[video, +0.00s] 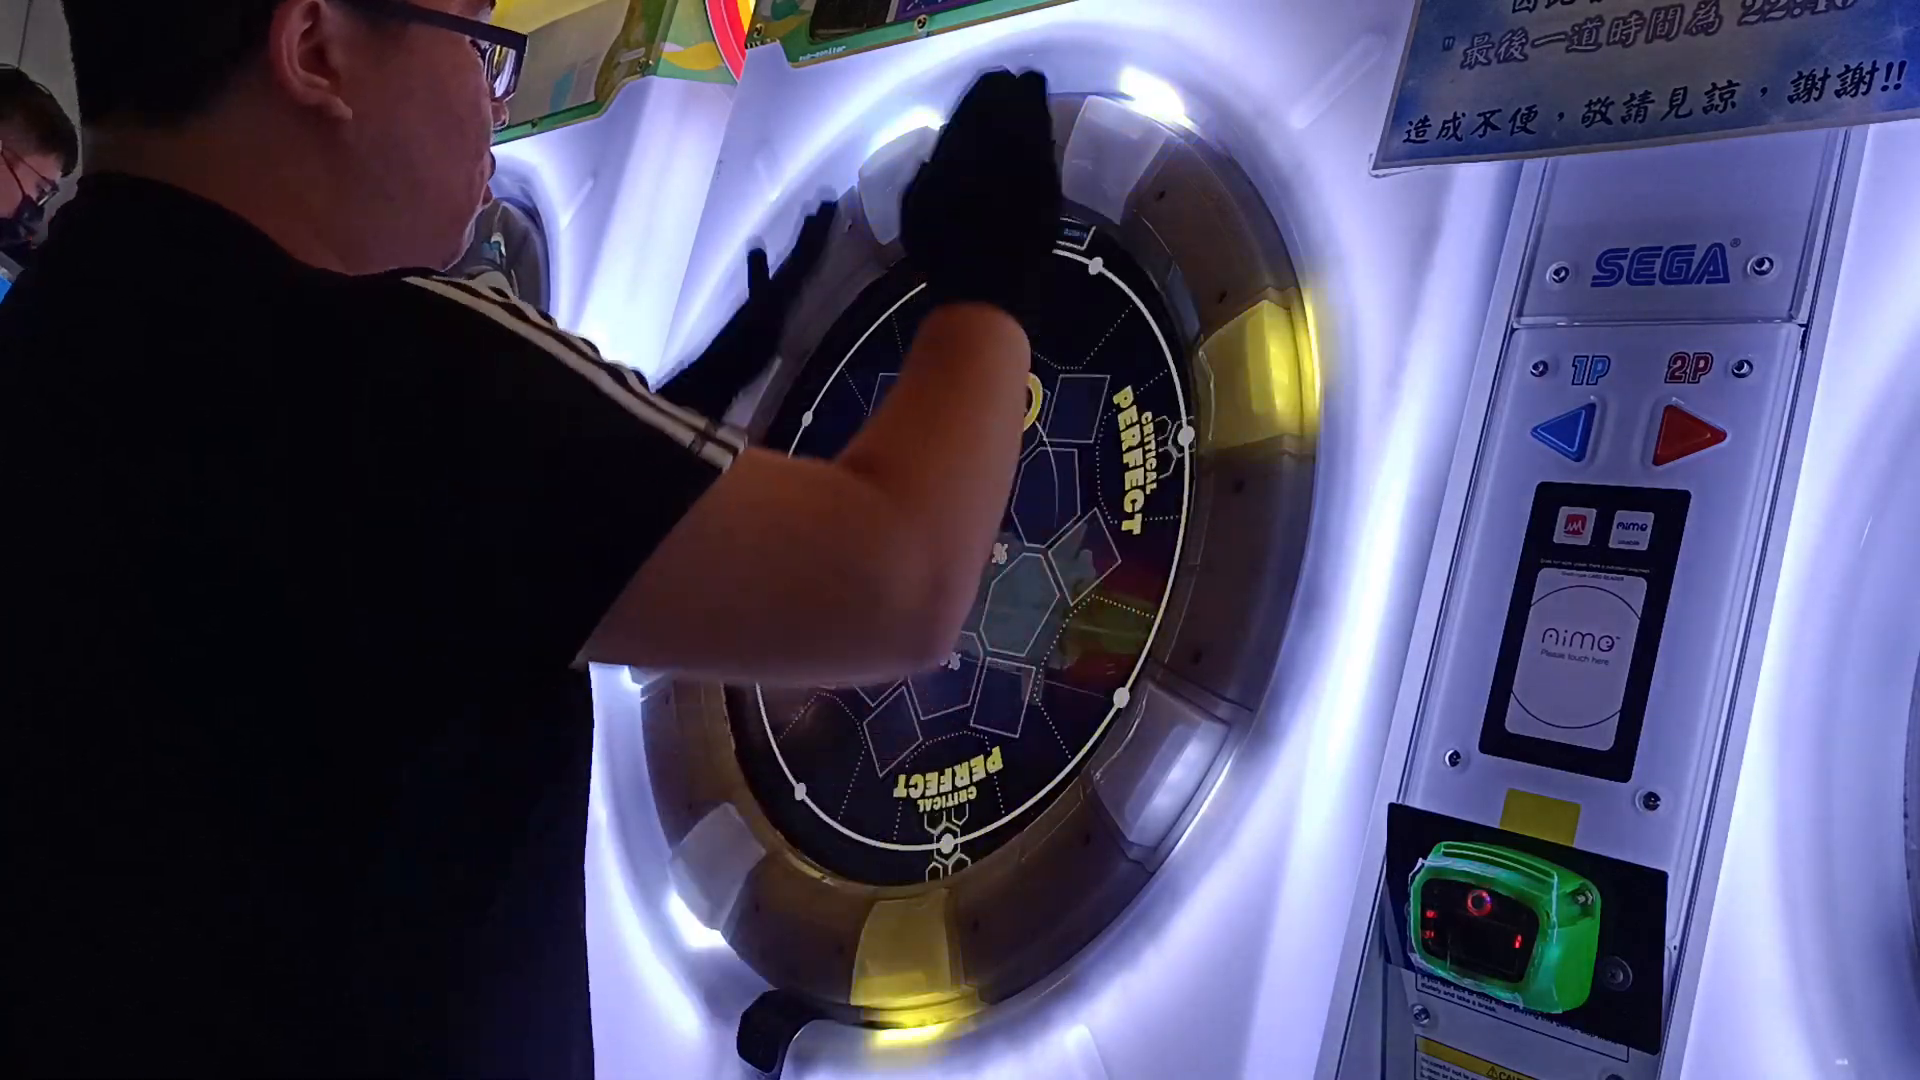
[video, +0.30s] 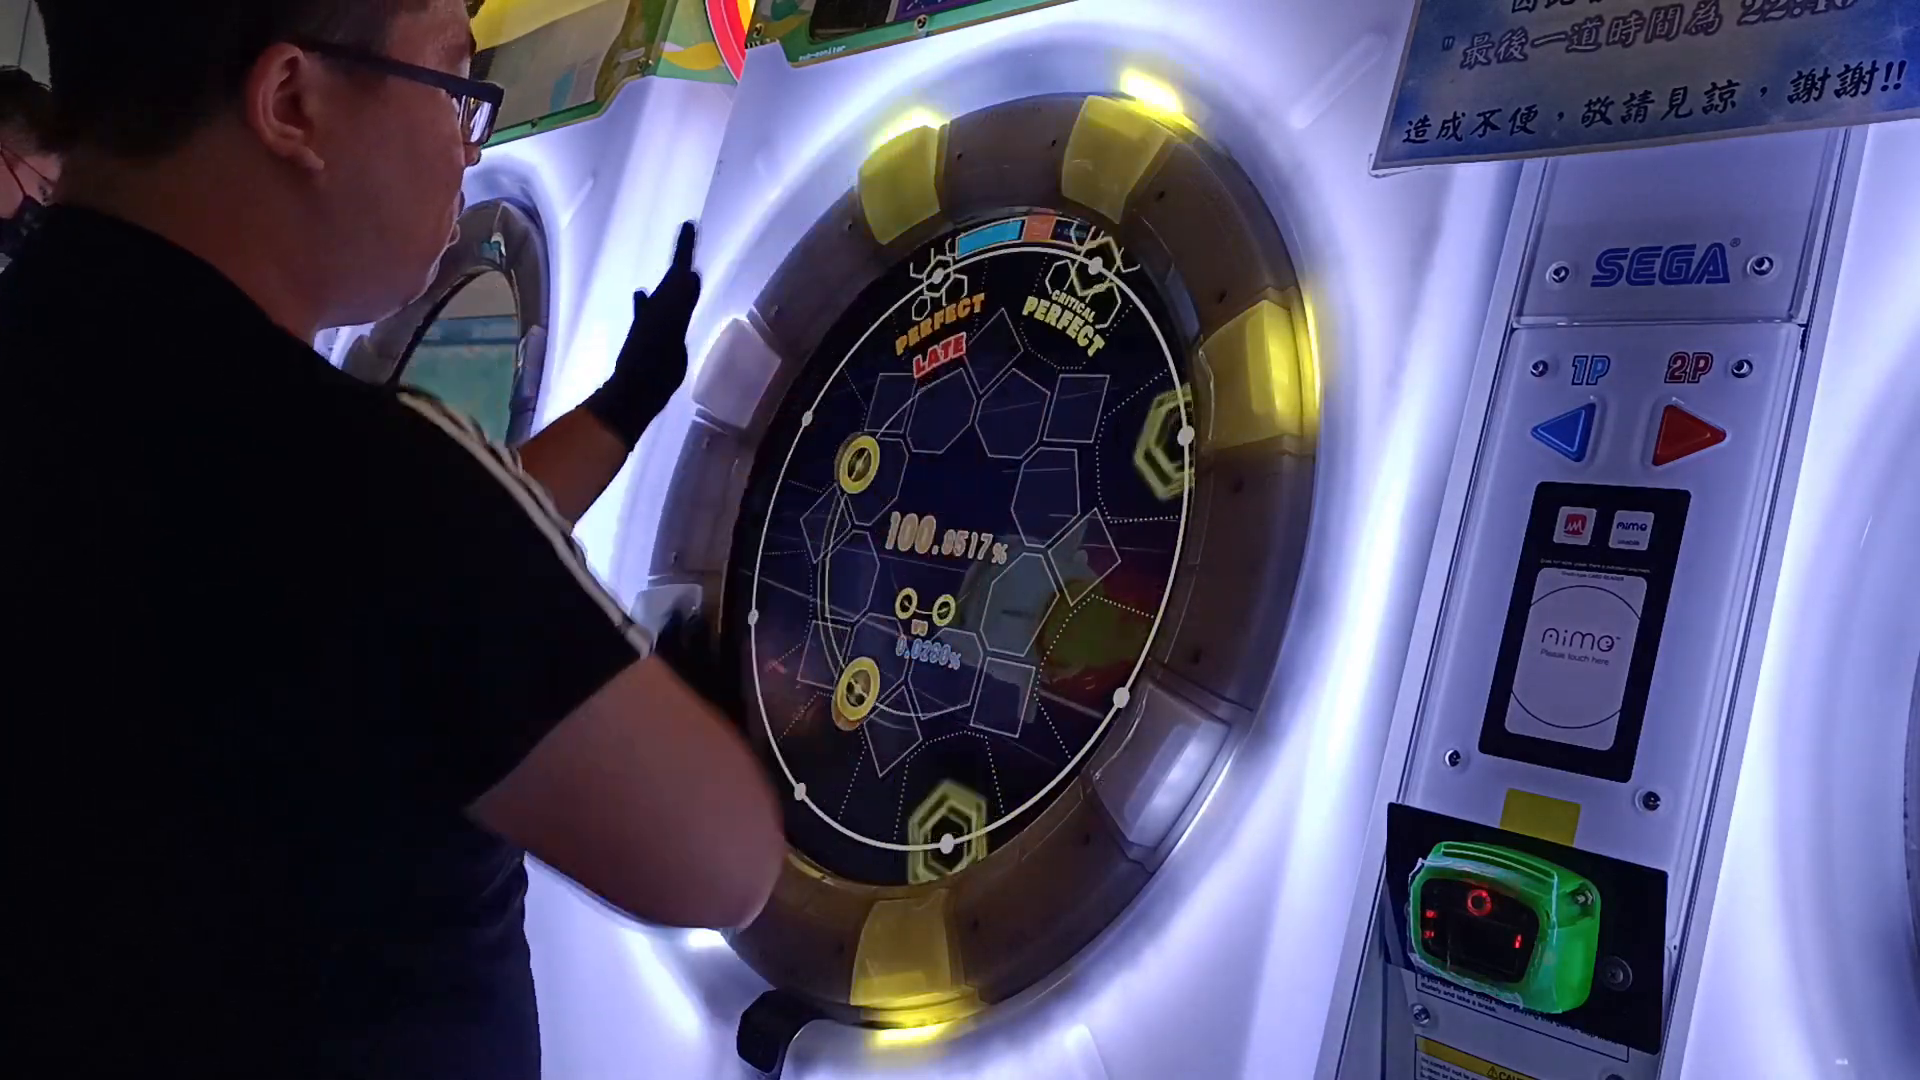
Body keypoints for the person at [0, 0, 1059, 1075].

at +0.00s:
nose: (497, 102)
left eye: (490, 51)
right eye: (477, 44)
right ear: (316, 55)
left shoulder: (51, 329)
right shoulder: (373, 376)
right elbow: (891, 589)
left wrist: (694, 405)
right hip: (409, 1039)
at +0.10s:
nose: (492, 101)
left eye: (486, 56)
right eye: (473, 49)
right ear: (310, 60)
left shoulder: (46, 300)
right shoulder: (406, 388)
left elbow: (466, 419)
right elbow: (910, 473)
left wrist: (774, 258)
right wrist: (1027, 244)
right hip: (409, 1043)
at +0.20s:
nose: (489, 114)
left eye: (485, 69)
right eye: (470, 63)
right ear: (310, 77)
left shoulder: (35, 302)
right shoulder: (390, 404)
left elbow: (447, 500)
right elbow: (838, 624)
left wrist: (719, 303)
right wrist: (945, 383)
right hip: (398, 1044)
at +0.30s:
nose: (476, 141)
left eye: (474, 92)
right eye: (459, 88)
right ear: (290, 106)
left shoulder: (22, 337)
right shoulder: (363, 484)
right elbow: (723, 867)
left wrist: (628, 399)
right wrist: (695, 685)